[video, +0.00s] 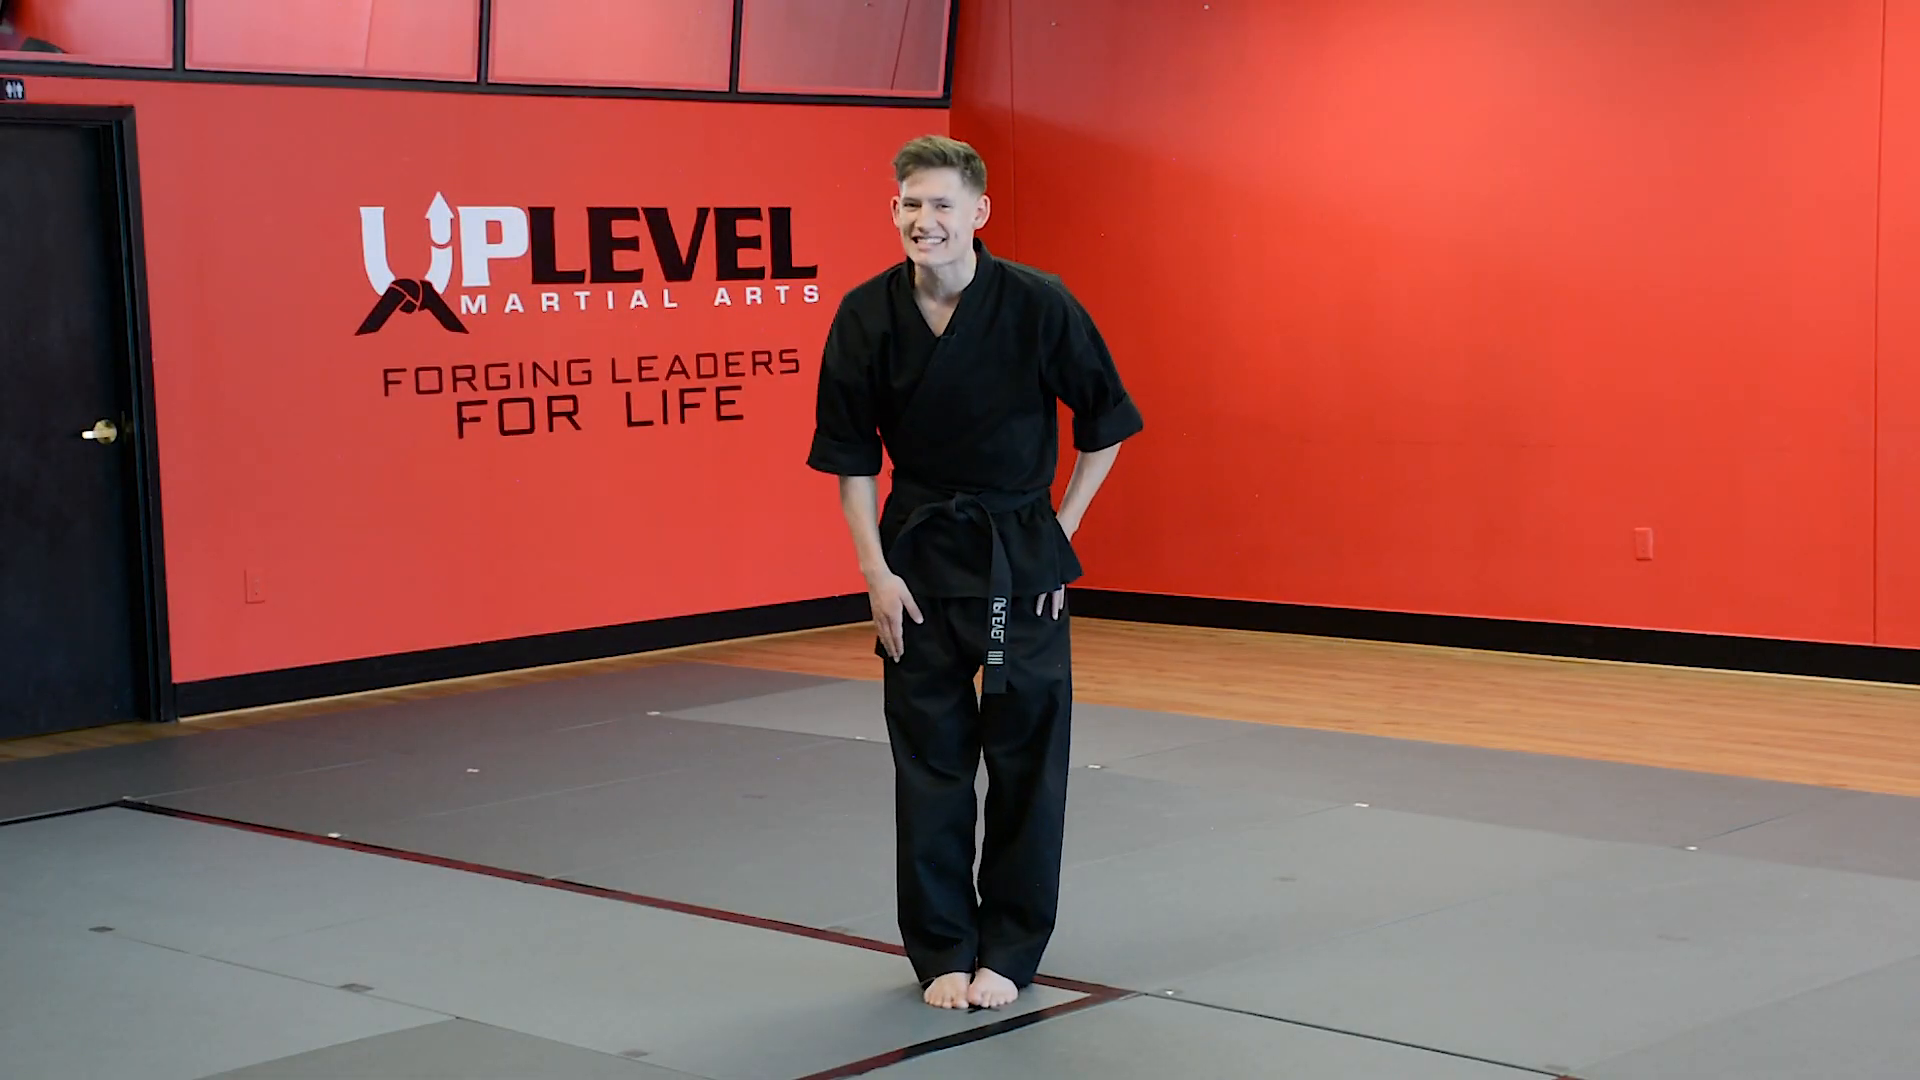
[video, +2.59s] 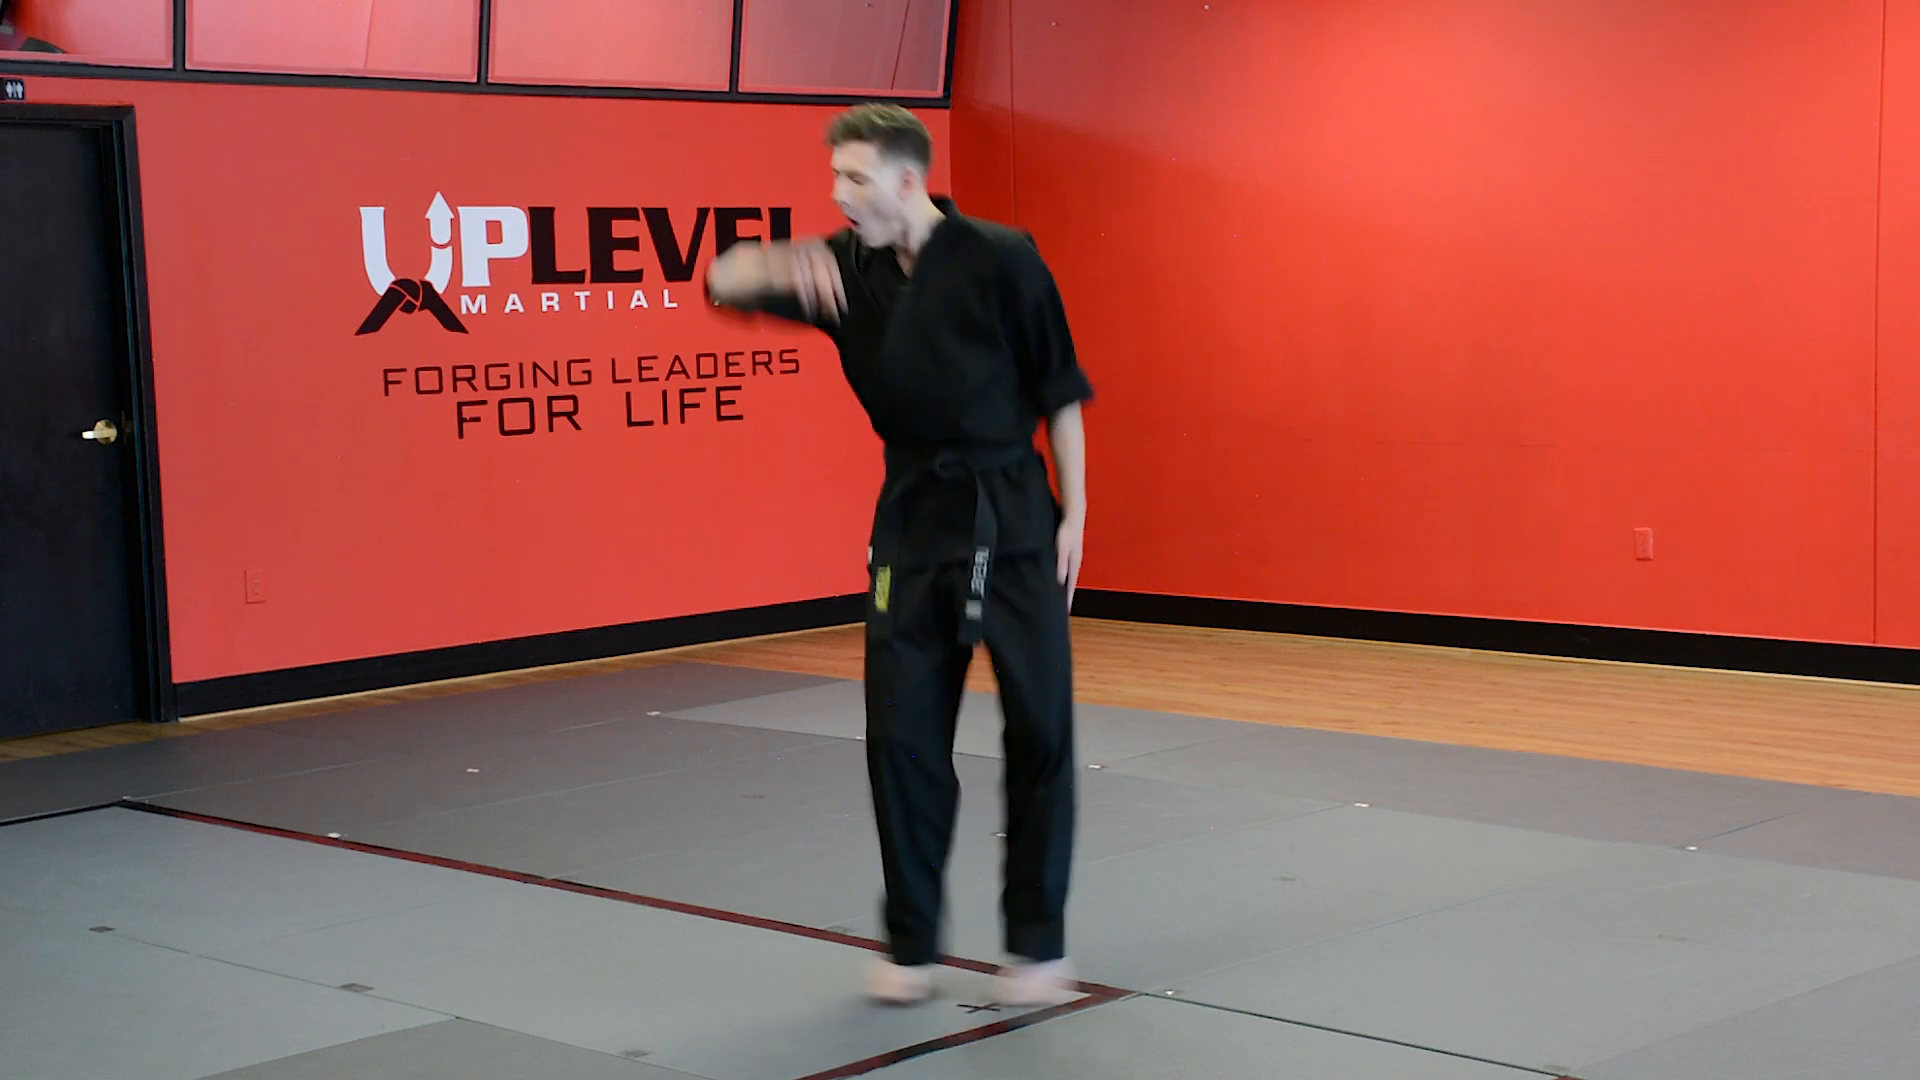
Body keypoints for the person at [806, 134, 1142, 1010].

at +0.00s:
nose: (923, 220)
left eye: (941, 204)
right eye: (910, 205)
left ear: (979, 211)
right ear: (895, 215)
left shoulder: (1036, 303)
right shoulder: (865, 317)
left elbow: (1108, 418)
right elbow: (851, 457)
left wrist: (1061, 531)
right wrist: (875, 574)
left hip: (1022, 544)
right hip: (918, 548)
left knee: (1027, 764)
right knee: (931, 766)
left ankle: (1008, 953)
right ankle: (944, 953)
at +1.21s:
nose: (957, 192)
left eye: (972, 176)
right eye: (941, 177)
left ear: (1001, 187)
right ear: (918, 190)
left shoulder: (1050, 297)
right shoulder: (880, 296)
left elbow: (1115, 420)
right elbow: (822, 416)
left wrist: (1120, 531)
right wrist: (821, 492)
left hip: (1018, 544)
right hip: (915, 544)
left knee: (1021, 762)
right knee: (927, 762)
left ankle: (1011, 953)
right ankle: (945, 952)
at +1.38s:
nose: (949, 192)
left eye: (966, 176)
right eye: (934, 177)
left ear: (995, 187)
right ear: (913, 188)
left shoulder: (1045, 291)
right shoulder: (877, 291)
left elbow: (1073, 418)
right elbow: (861, 438)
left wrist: (1056, 420)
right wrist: (858, 394)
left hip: (1011, 538)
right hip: (914, 538)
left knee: (1017, 756)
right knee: (927, 758)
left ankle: (1010, 952)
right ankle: (943, 953)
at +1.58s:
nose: (949, 189)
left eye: (965, 174)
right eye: (934, 174)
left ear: (993, 186)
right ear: (912, 187)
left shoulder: (1044, 293)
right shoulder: (873, 296)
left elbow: (1079, 421)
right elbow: (838, 426)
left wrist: (1059, 513)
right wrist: (869, 518)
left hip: (1017, 534)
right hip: (916, 536)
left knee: (1020, 755)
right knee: (927, 758)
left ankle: (1009, 954)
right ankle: (942, 954)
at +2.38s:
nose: (921, 243)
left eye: (938, 226)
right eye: (908, 227)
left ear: (975, 233)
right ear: (891, 238)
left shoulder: (1033, 340)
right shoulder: (865, 341)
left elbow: (1061, 484)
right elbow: (814, 478)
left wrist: (1061, 605)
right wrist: (829, 580)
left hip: (1011, 573)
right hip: (909, 576)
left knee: (1025, 787)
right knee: (910, 786)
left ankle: (1012, 959)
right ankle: (940, 959)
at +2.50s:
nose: (868, 223)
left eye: (883, 206)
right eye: (861, 207)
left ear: (936, 202)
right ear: (862, 210)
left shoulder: (1021, 295)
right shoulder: (862, 295)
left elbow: (1059, 437)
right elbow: (750, 349)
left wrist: (1066, 560)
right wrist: (798, 379)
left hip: (1009, 537)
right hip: (910, 538)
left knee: (1025, 753)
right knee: (908, 756)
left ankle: (1015, 958)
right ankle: (942, 955)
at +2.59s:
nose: (842, 197)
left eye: (857, 181)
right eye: (837, 181)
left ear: (911, 178)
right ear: (843, 183)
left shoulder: (1002, 256)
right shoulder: (844, 266)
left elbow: (1061, 389)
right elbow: (720, 281)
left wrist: (1076, 513)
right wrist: (776, 267)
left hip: (1012, 511)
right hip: (912, 511)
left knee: (1042, 732)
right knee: (903, 735)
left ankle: (1036, 949)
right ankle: (911, 949)